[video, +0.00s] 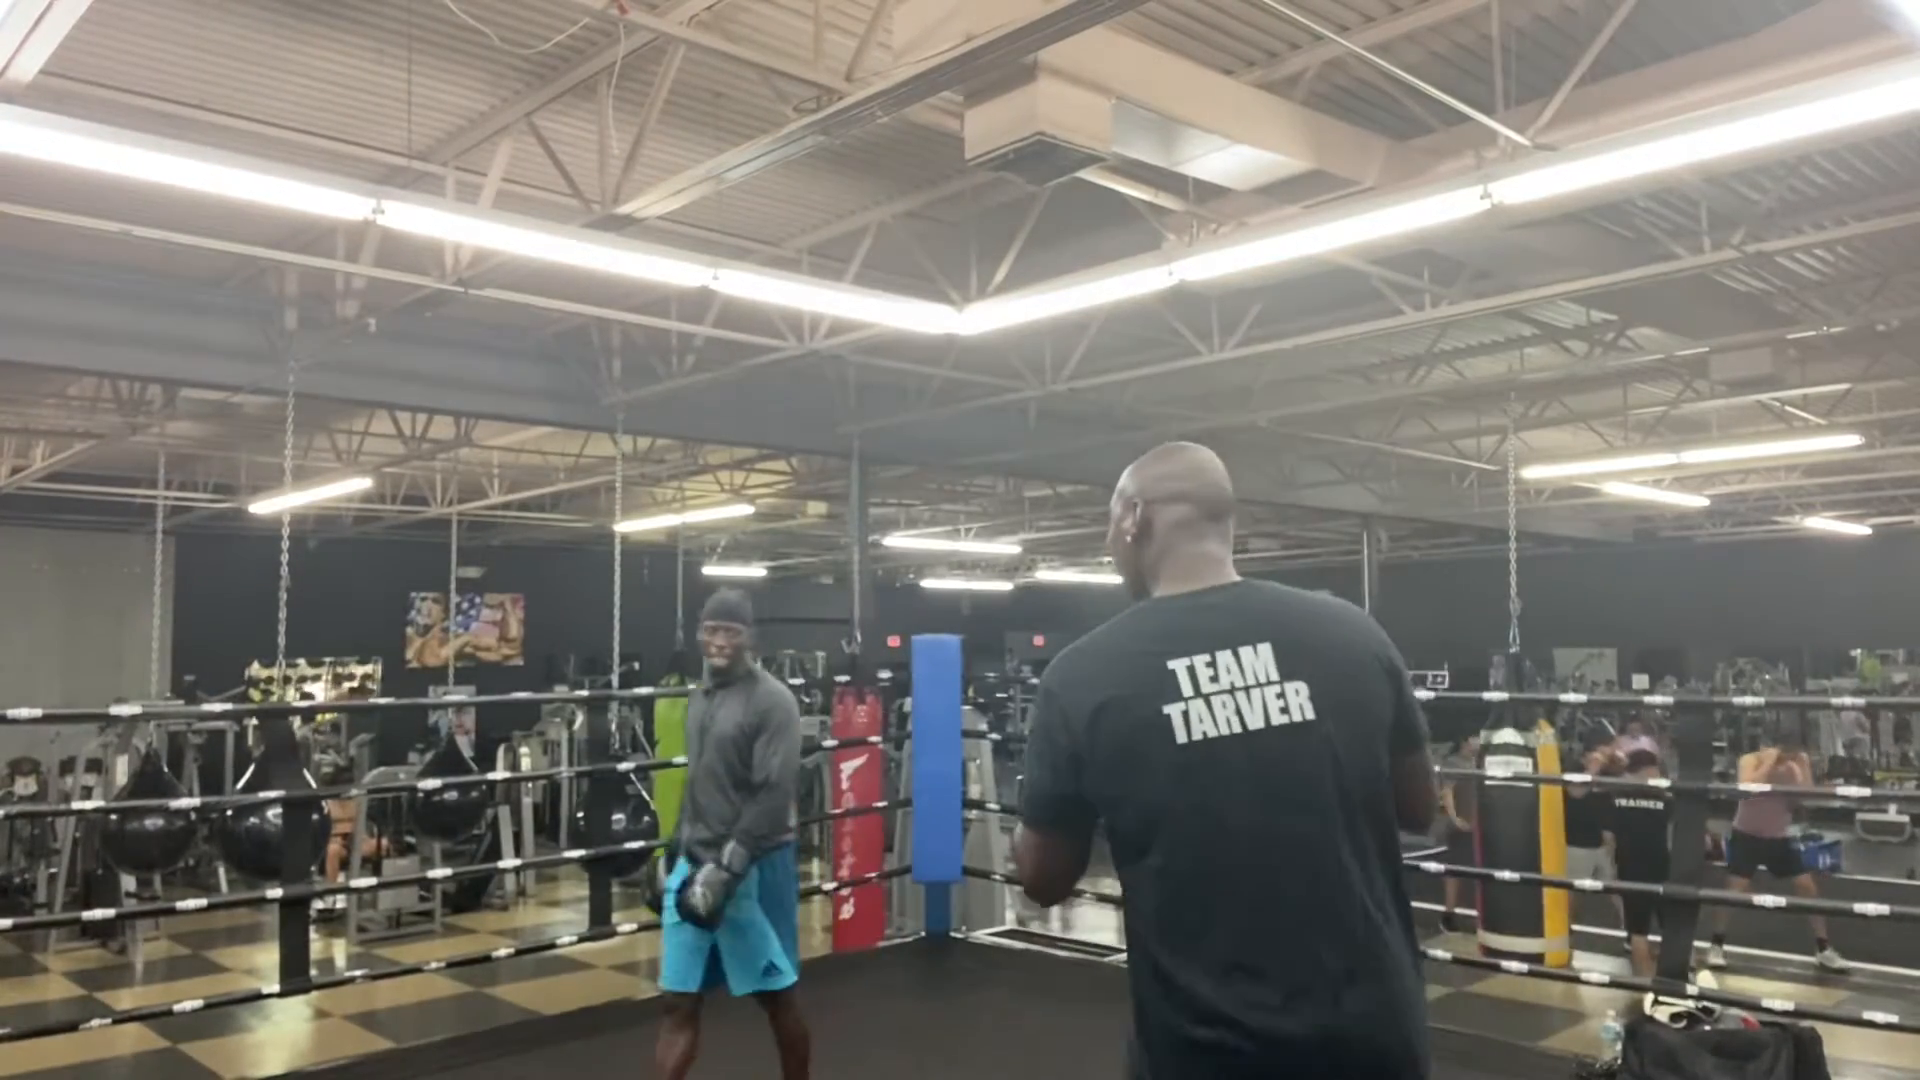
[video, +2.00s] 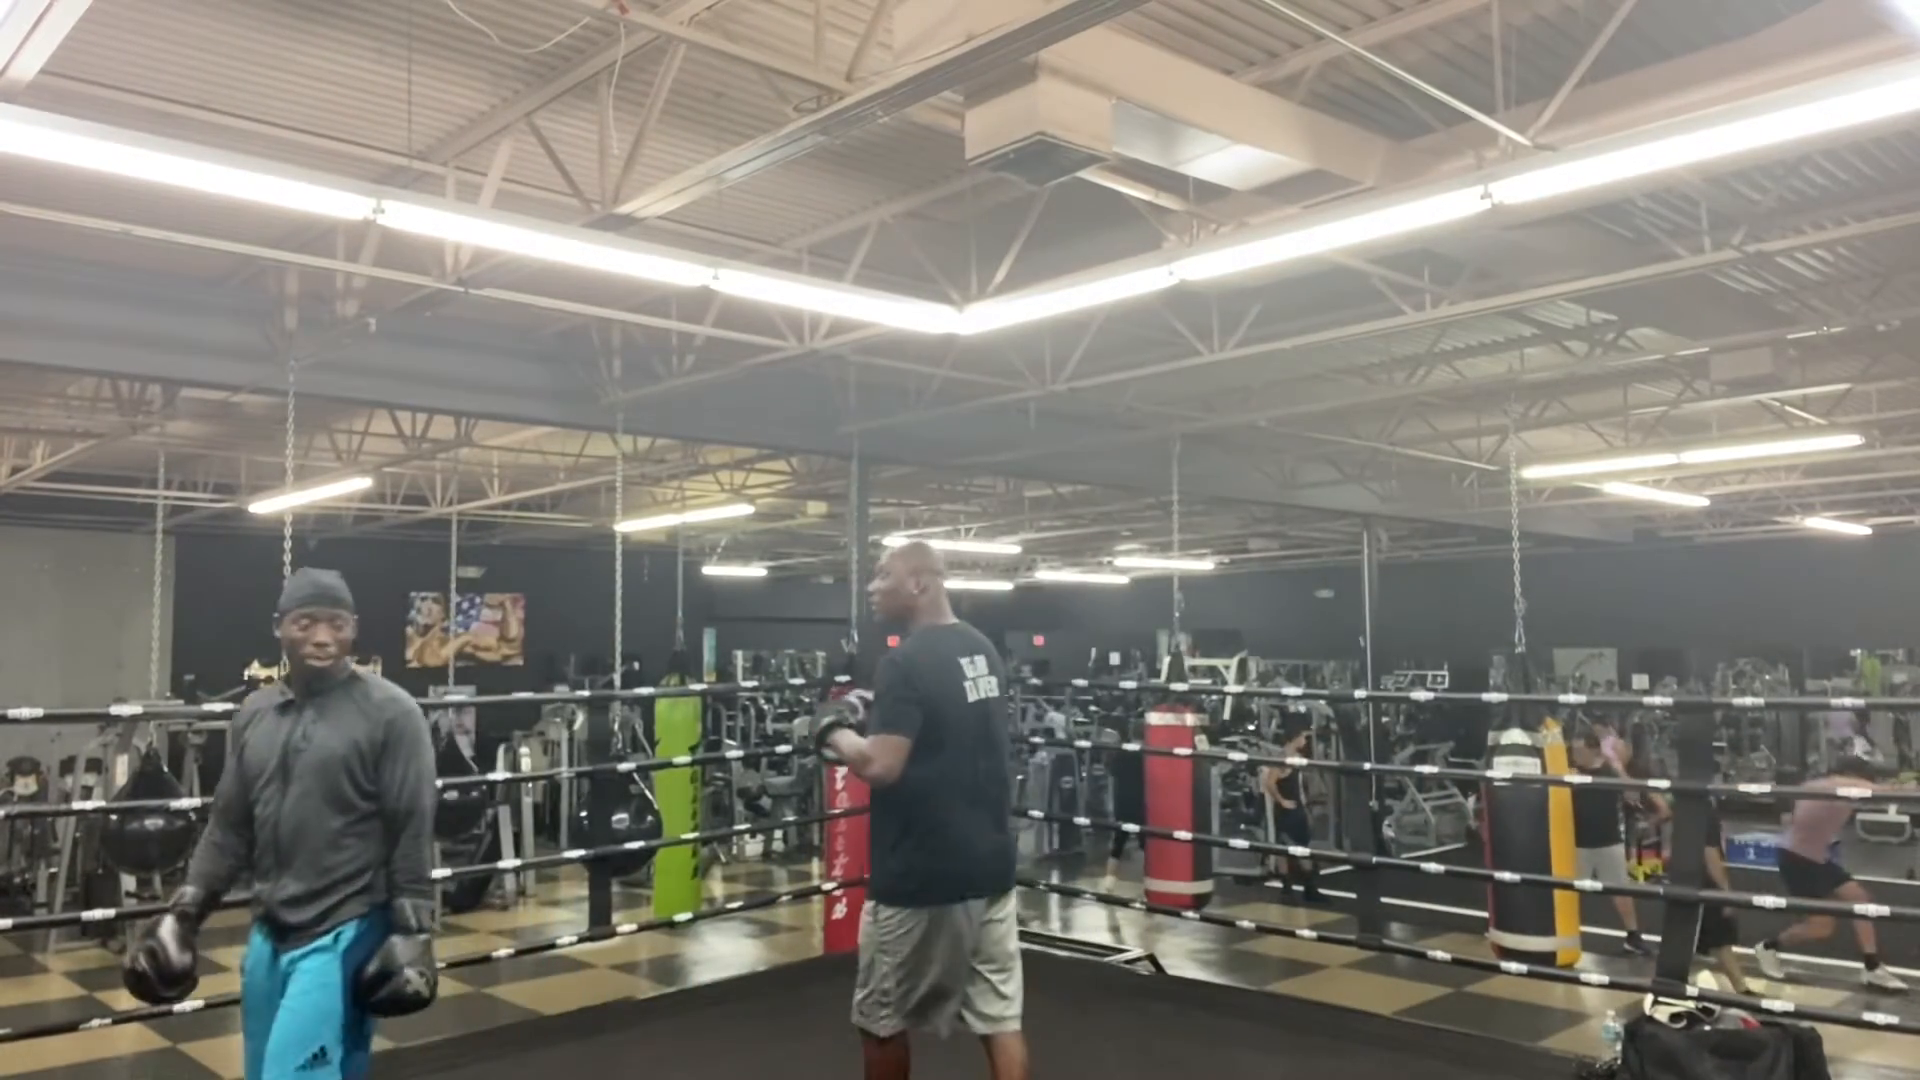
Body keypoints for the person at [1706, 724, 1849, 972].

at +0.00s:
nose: (1786, 749)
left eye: (1791, 745)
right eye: (1782, 744)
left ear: (1796, 743)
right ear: (1772, 741)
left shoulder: (1799, 761)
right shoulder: (1750, 760)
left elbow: (1806, 794)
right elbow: (1747, 788)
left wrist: (1795, 770)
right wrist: (1770, 762)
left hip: (1779, 839)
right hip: (1746, 837)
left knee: (1808, 888)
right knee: (1735, 891)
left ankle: (1823, 948)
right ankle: (1716, 944)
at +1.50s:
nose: (1763, 760)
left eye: (1767, 754)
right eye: (1757, 754)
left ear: (1774, 752)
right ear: (1748, 753)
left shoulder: (1786, 768)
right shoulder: (1738, 773)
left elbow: (1806, 806)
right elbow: (1735, 807)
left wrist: (1785, 782)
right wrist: (1757, 782)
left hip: (1782, 847)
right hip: (1744, 847)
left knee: (1819, 894)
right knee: (1733, 898)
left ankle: (1838, 957)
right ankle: (1721, 946)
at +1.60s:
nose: (1780, 767)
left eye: (1785, 761)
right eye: (1774, 762)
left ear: (1790, 759)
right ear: (1764, 759)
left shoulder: (1798, 772)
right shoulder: (1751, 776)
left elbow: (1818, 811)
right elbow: (1743, 811)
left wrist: (1797, 786)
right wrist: (1772, 787)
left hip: (1796, 854)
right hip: (1758, 853)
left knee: (1833, 901)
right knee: (1739, 901)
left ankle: (1866, 963)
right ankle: (1721, 946)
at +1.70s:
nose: (1804, 767)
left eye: (1809, 761)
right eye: (1800, 760)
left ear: (1818, 762)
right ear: (1792, 760)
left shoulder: (1822, 778)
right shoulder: (1776, 778)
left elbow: (1831, 818)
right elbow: (1778, 812)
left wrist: (1821, 787)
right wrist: (1804, 787)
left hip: (1809, 861)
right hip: (1774, 859)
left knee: (1845, 898)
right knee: (1755, 914)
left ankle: (1873, 966)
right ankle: (1724, 944)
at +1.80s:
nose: (1845, 780)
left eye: (1848, 776)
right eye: (1845, 774)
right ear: (1833, 765)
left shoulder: (1823, 786)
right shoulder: (1808, 778)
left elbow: (1840, 819)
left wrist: (1849, 788)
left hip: (1814, 862)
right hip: (1785, 862)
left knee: (1856, 900)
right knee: (1782, 919)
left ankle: (1873, 967)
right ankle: (1732, 939)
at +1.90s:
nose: (1854, 778)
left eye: (1854, 774)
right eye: (1853, 773)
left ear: (1833, 765)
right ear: (1846, 769)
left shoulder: (1808, 781)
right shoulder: (1833, 780)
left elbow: (1835, 823)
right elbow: (1873, 790)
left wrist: (1847, 797)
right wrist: (1912, 789)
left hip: (1816, 863)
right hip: (1791, 863)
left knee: (1857, 901)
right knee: (1801, 925)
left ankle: (1872, 967)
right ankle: (1749, 939)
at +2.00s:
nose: (1871, 783)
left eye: (1871, 779)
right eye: (1869, 779)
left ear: (1841, 769)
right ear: (1861, 775)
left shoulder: (1811, 783)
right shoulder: (1850, 785)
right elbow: (1883, 792)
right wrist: (1913, 788)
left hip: (1817, 862)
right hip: (1799, 863)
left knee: (1860, 902)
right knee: (1822, 927)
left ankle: (1872, 966)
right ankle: (1768, 947)